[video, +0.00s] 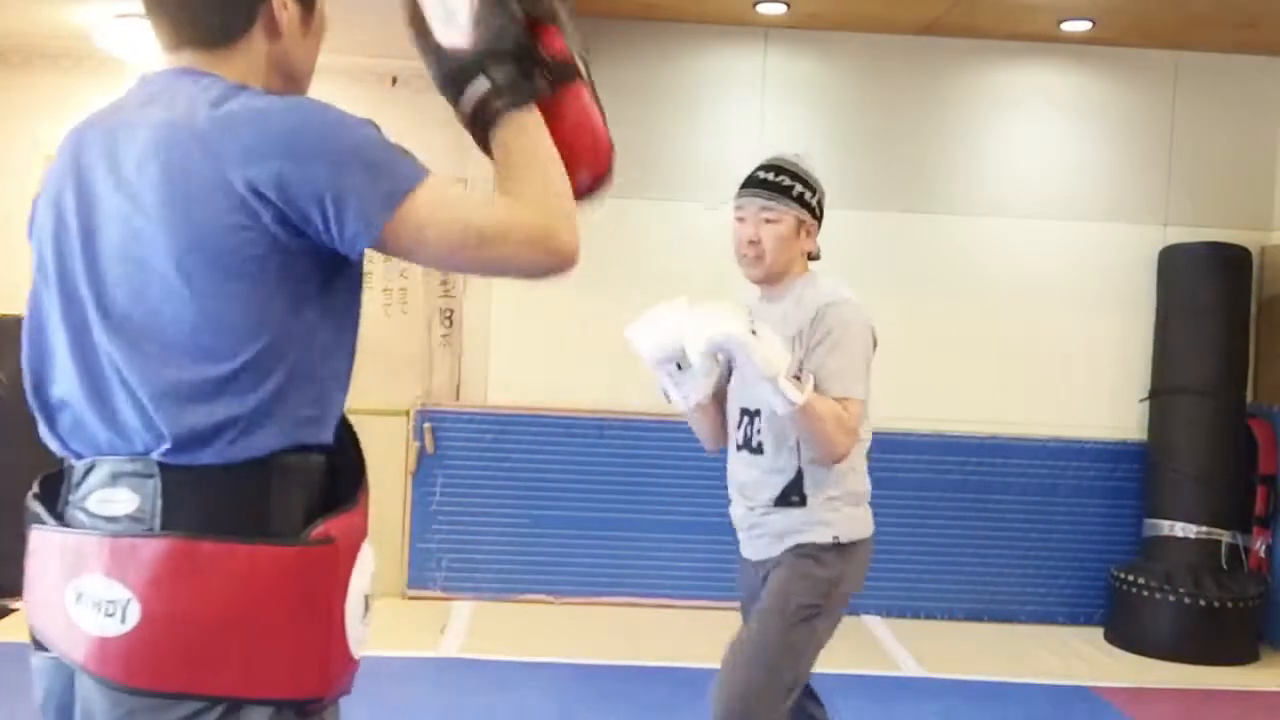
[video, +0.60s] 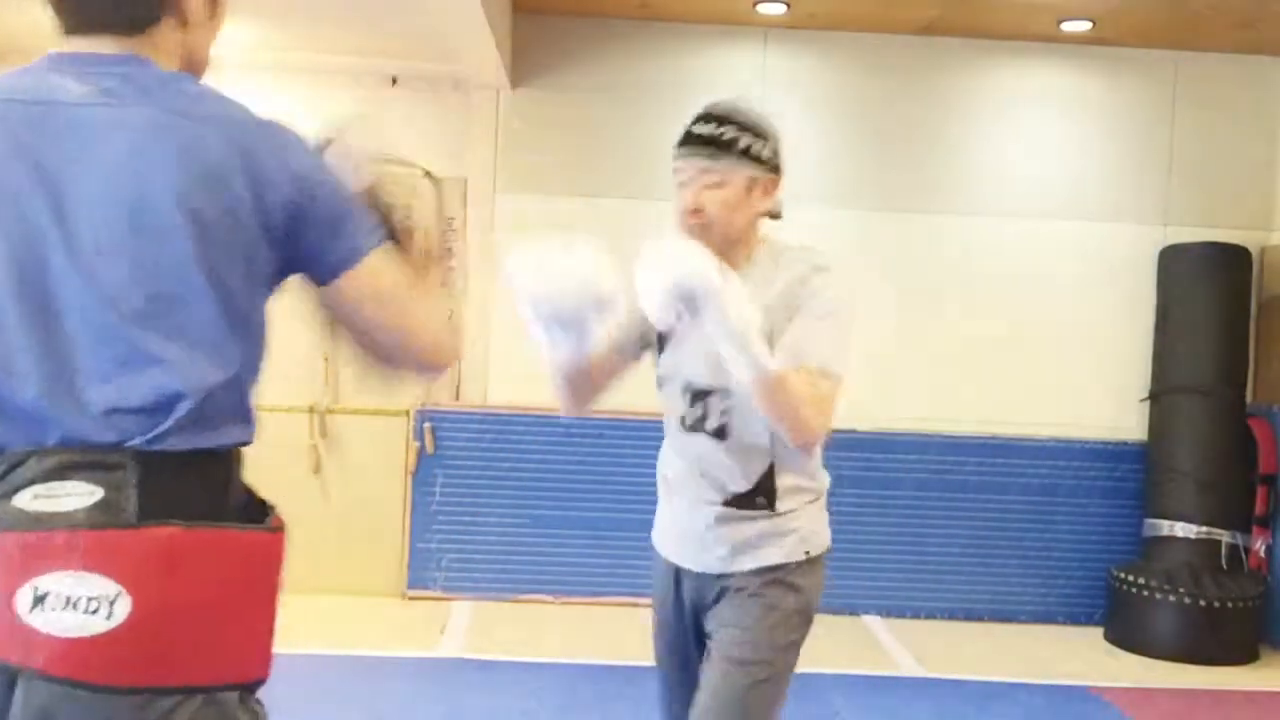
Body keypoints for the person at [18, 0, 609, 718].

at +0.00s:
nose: (321, 24)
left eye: (320, 4)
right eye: (316, 3)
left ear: (168, 21)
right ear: (280, 12)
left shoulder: (81, 148)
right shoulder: (286, 137)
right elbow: (546, 236)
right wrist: (499, 79)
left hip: (72, 563)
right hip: (221, 587)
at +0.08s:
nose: (305, 19)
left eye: (303, 1)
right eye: (300, 0)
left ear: (152, 21)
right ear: (261, 12)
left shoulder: (63, 149)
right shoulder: (274, 138)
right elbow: (540, 213)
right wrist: (473, 66)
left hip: (56, 556)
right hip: (211, 573)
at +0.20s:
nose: (293, 21)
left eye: (291, 6)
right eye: (287, 5)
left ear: (141, 22)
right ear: (249, 12)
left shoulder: (35, 155)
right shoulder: (275, 135)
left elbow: (13, 408)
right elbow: (532, 210)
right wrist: (460, 68)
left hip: (43, 548)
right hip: (211, 563)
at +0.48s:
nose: (252, 21)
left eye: (251, 6)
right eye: (249, 5)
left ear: (103, 15)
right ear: (216, 6)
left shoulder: (14, 113)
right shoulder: (283, 139)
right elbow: (472, 295)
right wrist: (443, 176)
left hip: (23, 499)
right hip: (199, 507)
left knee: (31, 701)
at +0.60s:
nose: (216, 32)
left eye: (220, 17)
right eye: (217, 15)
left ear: (69, 11)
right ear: (187, 11)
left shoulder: (7, 109)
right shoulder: (252, 150)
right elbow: (424, 341)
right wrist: (419, 254)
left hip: (15, 512)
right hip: (180, 521)